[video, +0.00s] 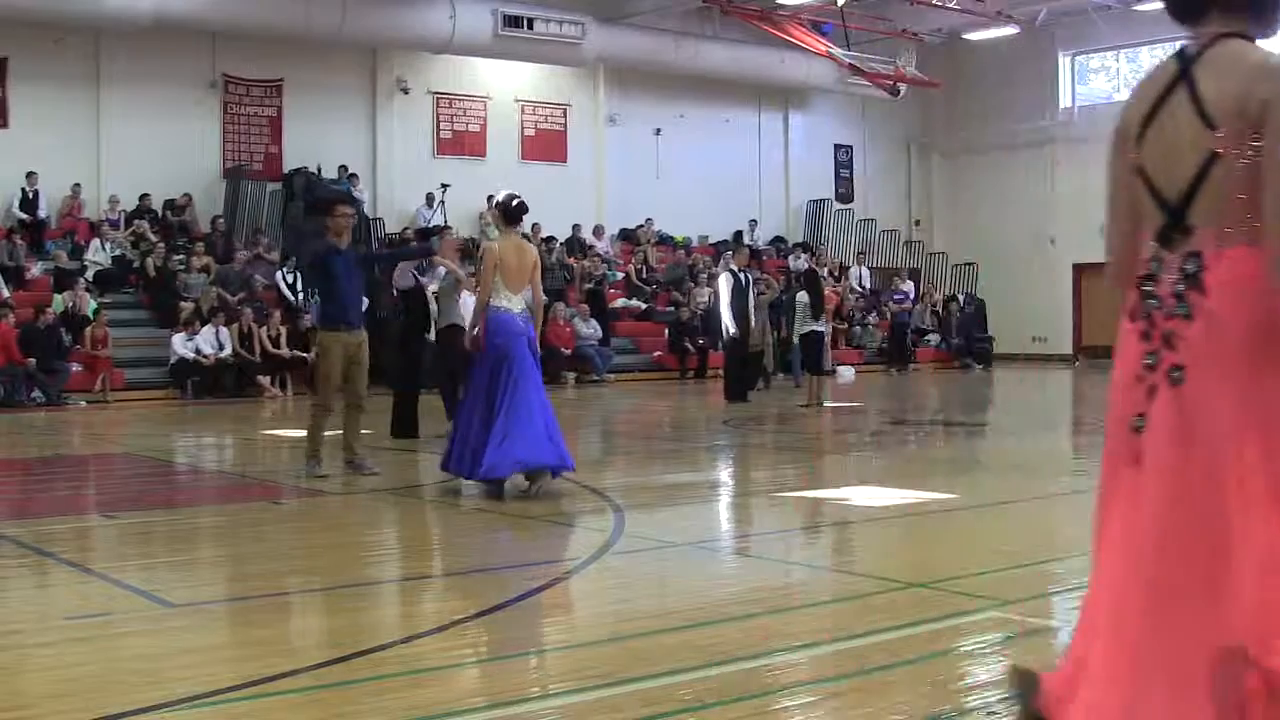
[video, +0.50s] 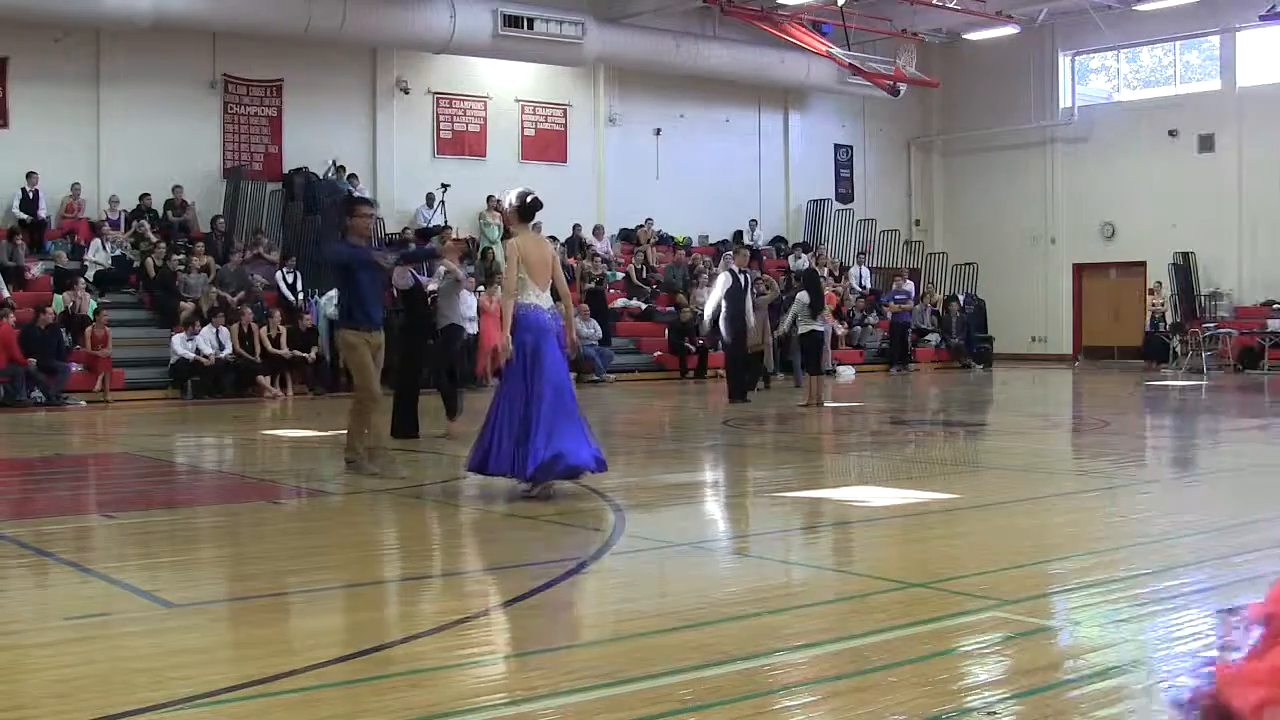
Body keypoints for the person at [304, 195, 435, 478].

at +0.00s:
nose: (347, 221)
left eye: (350, 216)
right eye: (341, 216)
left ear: (354, 220)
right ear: (328, 220)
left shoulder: (358, 254)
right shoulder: (319, 252)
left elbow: (393, 254)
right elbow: (312, 276)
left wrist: (434, 249)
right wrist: (334, 246)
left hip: (357, 335)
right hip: (330, 337)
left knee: (356, 400)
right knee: (324, 401)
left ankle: (352, 457)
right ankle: (313, 458)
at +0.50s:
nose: (369, 223)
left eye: (371, 218)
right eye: (364, 218)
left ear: (372, 221)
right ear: (349, 220)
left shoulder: (376, 251)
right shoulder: (342, 248)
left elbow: (404, 255)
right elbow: (331, 255)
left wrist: (439, 251)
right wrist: (371, 256)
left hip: (376, 333)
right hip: (352, 333)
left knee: (365, 396)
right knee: (372, 393)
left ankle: (353, 454)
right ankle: (377, 455)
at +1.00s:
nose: (400, 225)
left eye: (401, 219)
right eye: (394, 219)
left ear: (400, 220)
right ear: (378, 220)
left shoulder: (401, 252)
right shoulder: (360, 252)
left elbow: (429, 252)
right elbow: (357, 277)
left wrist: (459, 246)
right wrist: (359, 298)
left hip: (402, 334)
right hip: (376, 334)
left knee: (383, 396)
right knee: (385, 397)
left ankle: (357, 450)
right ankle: (393, 458)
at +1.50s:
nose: (420, 225)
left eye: (424, 219)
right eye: (414, 219)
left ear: (427, 221)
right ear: (401, 221)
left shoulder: (430, 254)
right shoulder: (383, 251)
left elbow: (461, 254)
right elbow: (368, 257)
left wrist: (496, 251)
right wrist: (384, 262)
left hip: (423, 336)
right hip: (391, 337)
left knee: (438, 397)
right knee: (393, 401)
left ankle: (449, 463)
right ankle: (395, 460)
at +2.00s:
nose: (443, 221)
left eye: (449, 215)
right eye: (438, 215)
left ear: (459, 217)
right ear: (432, 217)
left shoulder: (471, 249)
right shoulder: (422, 252)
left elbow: (500, 258)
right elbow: (418, 294)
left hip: (469, 332)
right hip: (440, 332)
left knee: (470, 396)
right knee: (447, 395)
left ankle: (464, 455)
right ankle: (426, 448)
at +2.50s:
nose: (450, 217)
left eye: (455, 211)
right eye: (445, 213)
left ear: (465, 213)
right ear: (439, 216)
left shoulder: (479, 247)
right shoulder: (434, 248)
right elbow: (421, 283)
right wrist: (416, 266)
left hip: (482, 327)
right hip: (452, 328)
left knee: (484, 389)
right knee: (458, 390)